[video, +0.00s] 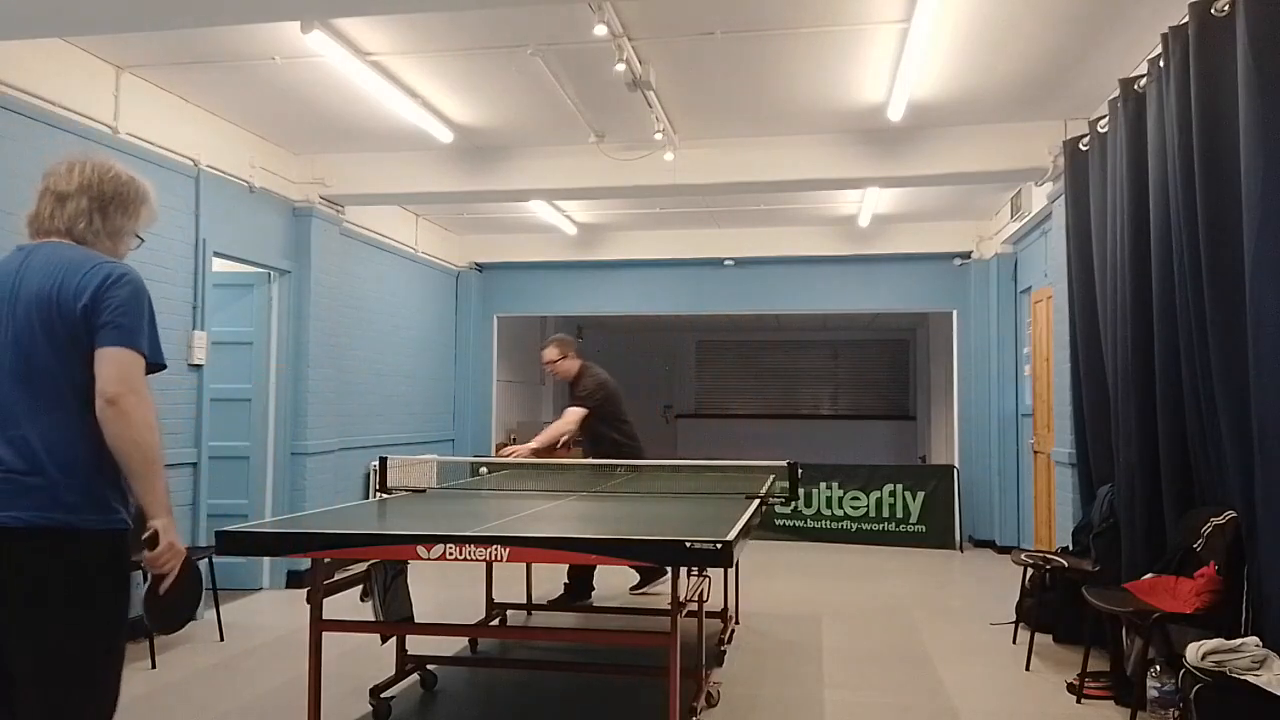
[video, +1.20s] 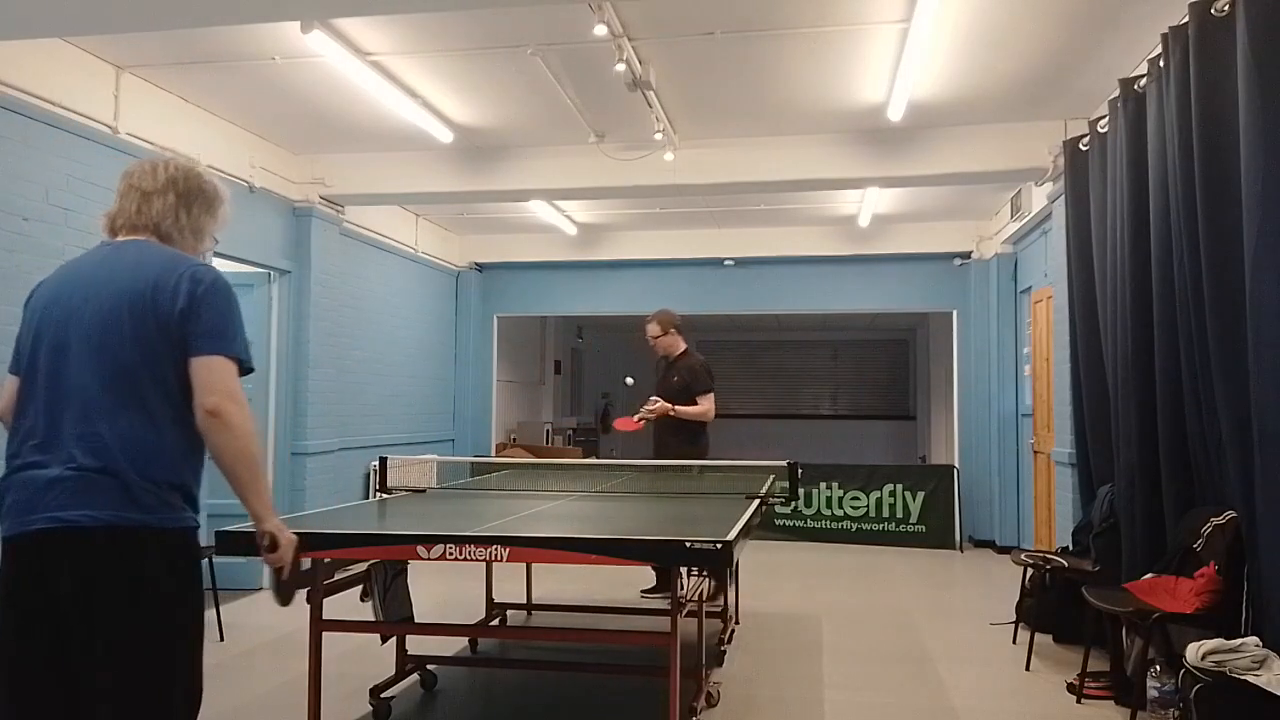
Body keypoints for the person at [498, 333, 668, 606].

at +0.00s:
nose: (548, 370)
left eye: (551, 363)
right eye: (546, 365)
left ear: (569, 357)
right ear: (566, 360)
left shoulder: (592, 381)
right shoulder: (580, 379)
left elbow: (567, 423)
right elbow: (584, 416)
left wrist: (531, 446)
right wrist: (570, 433)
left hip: (622, 466)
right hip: (604, 464)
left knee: (587, 524)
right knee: (602, 524)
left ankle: (579, 589)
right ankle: (648, 566)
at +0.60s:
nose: (553, 371)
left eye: (555, 364)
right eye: (550, 365)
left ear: (572, 356)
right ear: (570, 358)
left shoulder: (597, 379)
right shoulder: (580, 380)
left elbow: (604, 431)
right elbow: (587, 424)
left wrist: (564, 423)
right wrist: (570, 432)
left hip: (623, 464)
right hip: (603, 463)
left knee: (593, 523)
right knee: (602, 523)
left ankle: (580, 589)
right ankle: (658, 567)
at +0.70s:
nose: (572, 365)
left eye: (576, 358)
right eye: (570, 359)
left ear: (593, 351)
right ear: (588, 354)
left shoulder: (621, 378)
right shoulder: (594, 377)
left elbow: (629, 426)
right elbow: (593, 412)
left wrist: (598, 402)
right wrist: (579, 437)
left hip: (631, 466)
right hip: (606, 464)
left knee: (599, 525)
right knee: (612, 524)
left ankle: (582, 589)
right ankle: (661, 571)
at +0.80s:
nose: (593, 360)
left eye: (597, 354)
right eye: (590, 355)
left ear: (615, 347)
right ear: (592, 354)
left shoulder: (643, 375)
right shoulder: (607, 378)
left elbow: (659, 420)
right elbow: (603, 412)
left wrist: (628, 398)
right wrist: (592, 432)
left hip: (646, 468)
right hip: (616, 466)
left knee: (609, 525)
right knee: (636, 525)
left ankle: (586, 587)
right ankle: (663, 576)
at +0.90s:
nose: (609, 358)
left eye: (613, 351)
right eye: (607, 353)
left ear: (631, 344)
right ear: (622, 347)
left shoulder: (658, 372)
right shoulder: (621, 375)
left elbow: (683, 414)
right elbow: (618, 408)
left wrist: (653, 402)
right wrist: (607, 420)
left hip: (660, 467)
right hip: (630, 466)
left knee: (623, 525)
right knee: (648, 525)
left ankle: (597, 587)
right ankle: (665, 582)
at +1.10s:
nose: (637, 346)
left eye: (639, 341)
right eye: (635, 342)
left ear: (657, 335)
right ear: (649, 339)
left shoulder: (685, 365)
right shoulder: (648, 364)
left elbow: (705, 409)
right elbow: (643, 396)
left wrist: (671, 408)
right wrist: (627, 415)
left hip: (679, 460)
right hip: (652, 458)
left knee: (672, 520)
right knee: (652, 519)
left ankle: (673, 584)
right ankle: (661, 579)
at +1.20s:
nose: (652, 345)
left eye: (654, 339)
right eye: (650, 340)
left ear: (672, 333)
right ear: (665, 335)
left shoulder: (695, 364)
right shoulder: (667, 363)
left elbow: (708, 412)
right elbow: (668, 401)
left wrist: (669, 409)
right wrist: (647, 414)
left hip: (688, 458)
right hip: (665, 457)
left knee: (694, 518)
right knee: (661, 519)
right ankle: (665, 580)